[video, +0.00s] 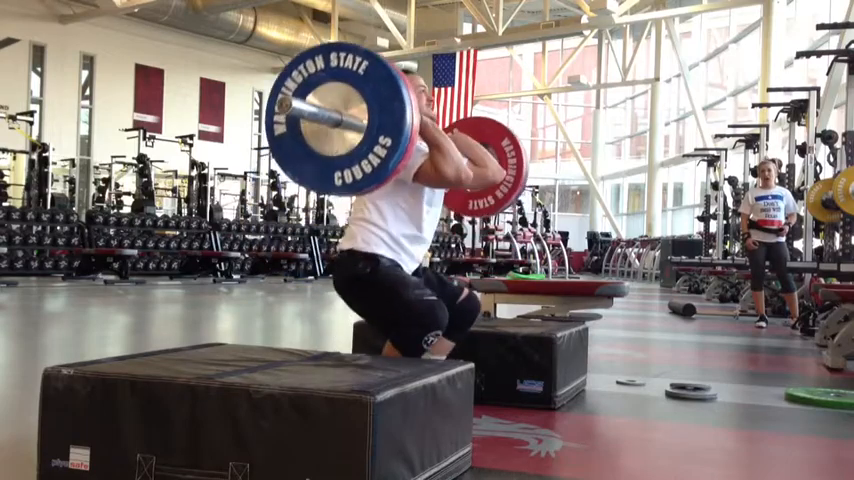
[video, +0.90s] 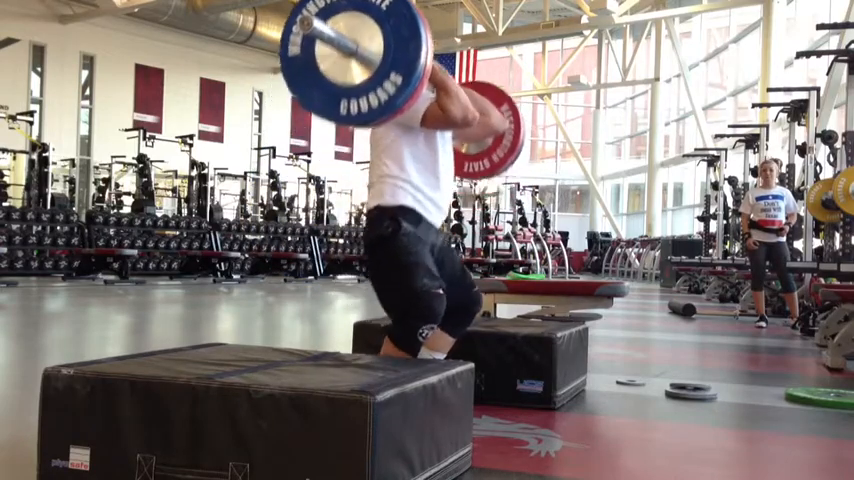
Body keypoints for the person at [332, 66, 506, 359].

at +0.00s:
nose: (427, 97)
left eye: (426, 91)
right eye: (418, 91)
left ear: (428, 98)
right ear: (398, 99)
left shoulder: (428, 152)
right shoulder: (391, 139)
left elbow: (494, 173)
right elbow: (455, 175)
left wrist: (453, 136)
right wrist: (424, 122)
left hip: (403, 266)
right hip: (364, 262)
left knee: (465, 306)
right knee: (425, 315)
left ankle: (418, 386)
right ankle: (378, 392)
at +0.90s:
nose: (426, 47)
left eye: (425, 41)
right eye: (419, 41)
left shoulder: (433, 103)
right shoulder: (391, 92)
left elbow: (496, 122)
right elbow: (459, 113)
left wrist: (448, 84)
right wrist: (429, 65)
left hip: (429, 228)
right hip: (394, 222)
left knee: (465, 301)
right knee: (423, 306)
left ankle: (417, 387)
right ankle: (377, 394)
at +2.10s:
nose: (380, 29)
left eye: (385, 22)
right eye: (373, 19)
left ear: (388, 25)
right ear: (348, 17)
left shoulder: (369, 75)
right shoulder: (322, 63)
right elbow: (283, 123)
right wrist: (255, 183)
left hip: (365, 198)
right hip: (328, 197)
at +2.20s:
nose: (360, 26)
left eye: (366, 20)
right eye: (353, 17)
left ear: (370, 26)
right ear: (330, 15)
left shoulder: (356, 78)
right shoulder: (304, 59)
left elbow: (360, 145)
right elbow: (283, 125)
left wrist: (376, 196)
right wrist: (280, 189)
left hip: (350, 196)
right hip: (311, 193)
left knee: (339, 290)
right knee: (326, 291)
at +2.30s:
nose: (337, 23)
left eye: (343, 16)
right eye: (329, 13)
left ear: (347, 22)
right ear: (306, 13)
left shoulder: (346, 77)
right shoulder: (285, 57)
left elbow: (357, 131)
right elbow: (266, 117)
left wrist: (397, 162)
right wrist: (304, 161)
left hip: (333, 186)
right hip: (289, 184)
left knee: (325, 277)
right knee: (301, 279)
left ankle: (321, 365)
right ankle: (302, 369)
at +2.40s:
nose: (311, 20)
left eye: (318, 13)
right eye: (303, 11)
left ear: (325, 18)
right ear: (285, 13)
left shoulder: (331, 74)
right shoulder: (264, 59)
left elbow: (349, 127)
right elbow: (248, 120)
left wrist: (405, 130)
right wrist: (294, 126)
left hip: (318, 189)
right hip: (268, 187)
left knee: (314, 283)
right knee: (266, 285)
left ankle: (314, 369)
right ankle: (258, 370)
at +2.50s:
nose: (281, 19)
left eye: (288, 11)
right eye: (272, 11)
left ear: (298, 18)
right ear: (258, 17)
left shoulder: (314, 74)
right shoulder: (242, 64)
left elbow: (341, 129)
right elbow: (224, 125)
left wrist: (383, 118)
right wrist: (268, 120)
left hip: (305, 196)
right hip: (251, 196)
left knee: (306, 289)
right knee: (230, 294)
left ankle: (313, 373)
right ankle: (227, 371)